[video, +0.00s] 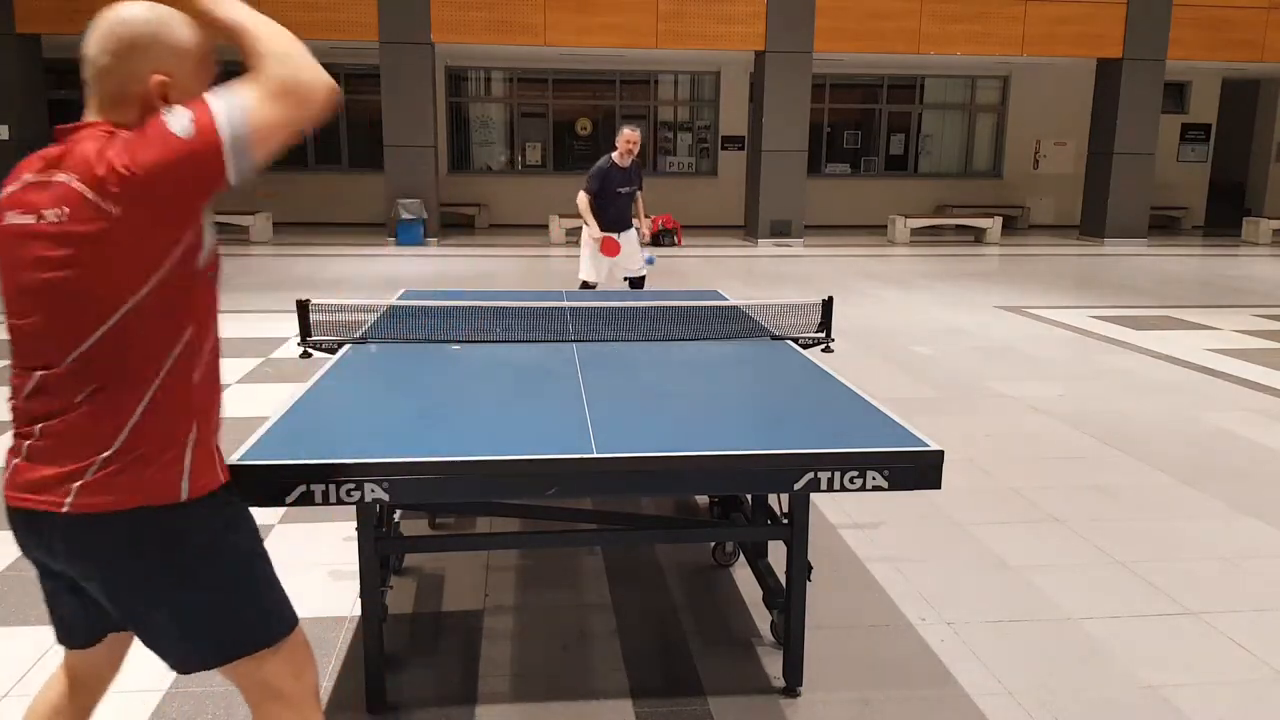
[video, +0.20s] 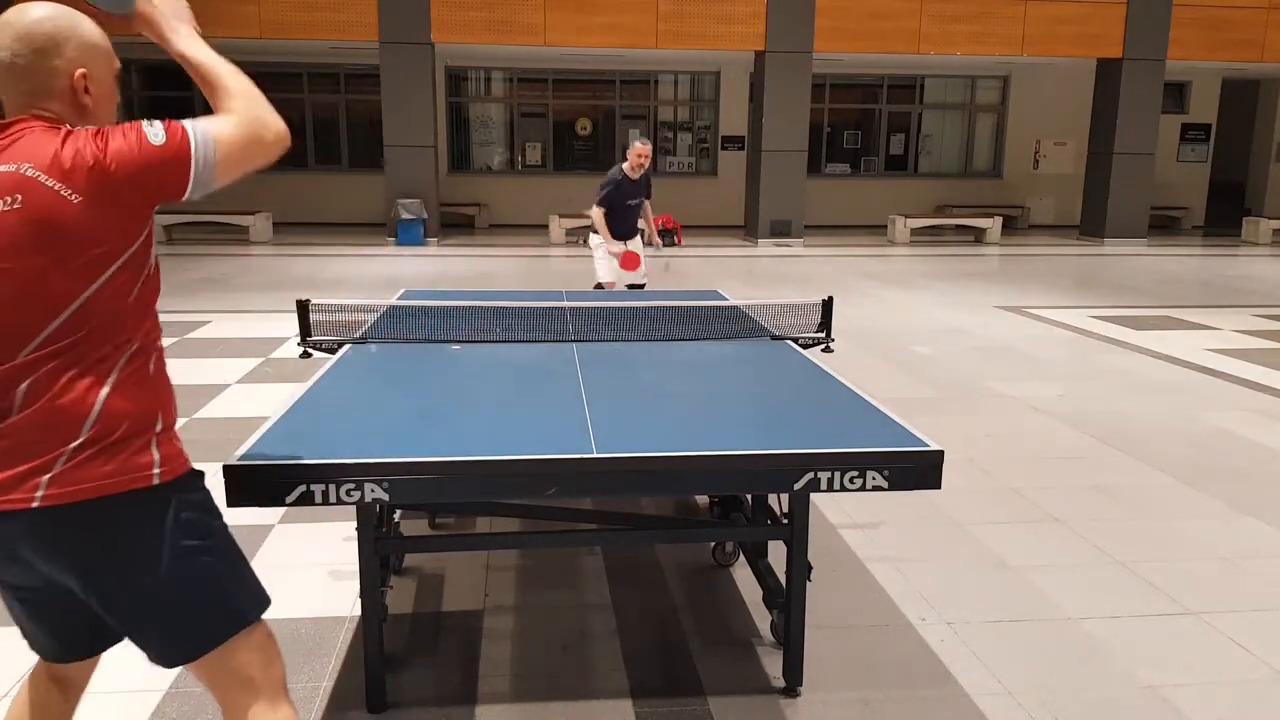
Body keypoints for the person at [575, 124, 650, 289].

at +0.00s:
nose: (631, 147)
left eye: (635, 143)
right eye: (627, 142)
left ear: (639, 145)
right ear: (617, 142)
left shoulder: (635, 166)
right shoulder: (603, 167)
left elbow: (637, 196)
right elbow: (582, 199)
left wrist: (643, 224)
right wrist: (594, 228)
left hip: (626, 233)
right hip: (598, 234)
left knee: (638, 276)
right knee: (590, 282)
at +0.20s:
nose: (642, 161)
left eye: (646, 157)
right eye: (638, 156)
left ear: (650, 159)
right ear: (628, 154)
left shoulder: (645, 177)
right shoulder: (615, 178)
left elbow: (645, 204)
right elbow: (596, 211)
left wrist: (653, 233)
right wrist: (610, 243)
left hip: (632, 239)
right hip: (607, 240)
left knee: (638, 284)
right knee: (608, 284)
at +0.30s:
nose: (649, 170)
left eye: (653, 166)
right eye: (646, 164)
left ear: (657, 167)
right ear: (635, 161)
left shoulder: (648, 180)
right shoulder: (619, 182)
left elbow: (649, 208)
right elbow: (609, 222)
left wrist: (659, 237)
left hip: (631, 234)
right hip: (605, 233)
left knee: (639, 280)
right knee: (617, 276)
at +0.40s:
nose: (654, 183)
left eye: (658, 179)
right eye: (651, 176)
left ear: (662, 178)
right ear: (641, 168)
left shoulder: (649, 186)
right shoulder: (623, 188)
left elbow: (650, 211)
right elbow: (623, 232)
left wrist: (662, 238)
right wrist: (650, 233)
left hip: (630, 234)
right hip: (606, 233)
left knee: (640, 280)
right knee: (625, 276)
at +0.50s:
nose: (656, 199)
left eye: (659, 197)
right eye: (654, 193)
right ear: (644, 182)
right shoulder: (624, 201)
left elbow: (651, 212)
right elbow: (626, 243)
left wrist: (662, 234)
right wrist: (655, 243)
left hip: (631, 239)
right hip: (607, 241)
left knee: (644, 282)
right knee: (633, 282)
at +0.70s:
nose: (652, 197)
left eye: (656, 193)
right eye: (650, 192)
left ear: (660, 190)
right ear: (640, 181)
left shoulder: (645, 186)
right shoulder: (622, 200)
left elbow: (659, 195)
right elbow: (605, 233)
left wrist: (677, 207)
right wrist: (590, 258)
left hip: (637, 243)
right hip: (616, 245)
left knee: (649, 284)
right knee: (636, 285)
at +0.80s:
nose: (649, 184)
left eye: (653, 180)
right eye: (646, 178)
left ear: (657, 176)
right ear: (635, 169)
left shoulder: (650, 183)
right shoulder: (619, 187)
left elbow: (659, 187)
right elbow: (594, 207)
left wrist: (682, 197)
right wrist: (576, 227)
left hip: (639, 237)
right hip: (615, 237)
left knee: (651, 285)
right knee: (632, 283)